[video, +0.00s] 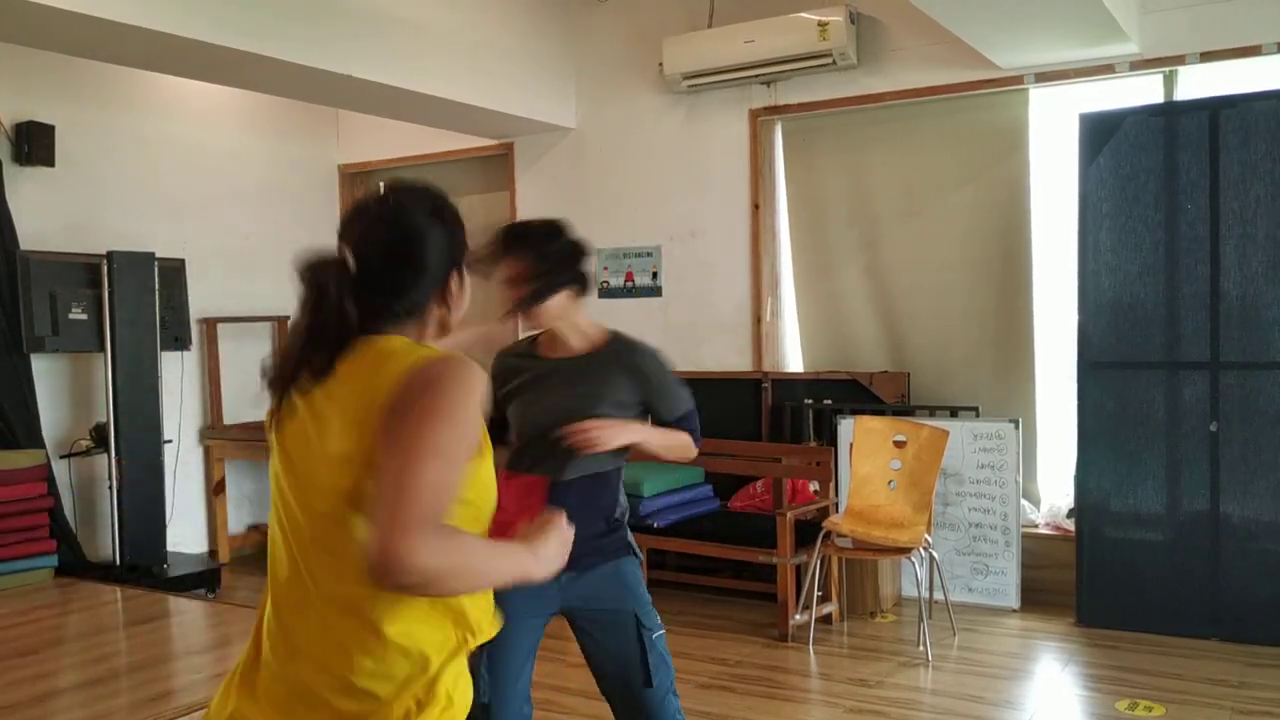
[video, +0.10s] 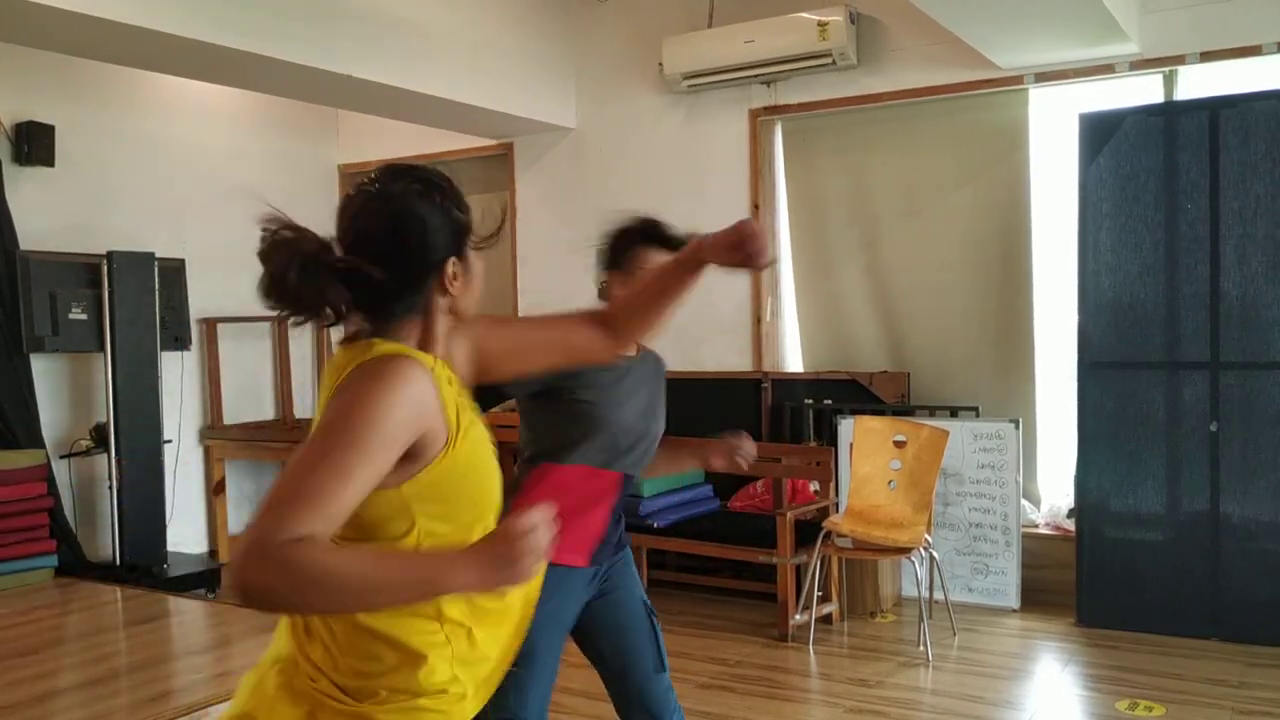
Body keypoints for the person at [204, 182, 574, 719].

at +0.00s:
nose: (466, 287)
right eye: (466, 273)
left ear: (359, 274)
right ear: (452, 288)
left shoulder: (310, 366)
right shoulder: (446, 378)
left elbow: (404, 363)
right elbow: (403, 553)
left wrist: (499, 331)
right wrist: (533, 557)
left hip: (273, 685)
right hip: (395, 699)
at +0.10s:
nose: (477, 268)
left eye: (472, 250)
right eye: (474, 253)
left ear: (361, 270)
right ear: (453, 275)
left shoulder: (448, 347)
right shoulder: (393, 384)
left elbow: (609, 332)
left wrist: (698, 259)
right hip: (376, 703)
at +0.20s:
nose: (697, 346)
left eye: (702, 338)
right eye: (702, 337)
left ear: (655, 305)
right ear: (697, 332)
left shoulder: (633, 367)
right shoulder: (620, 355)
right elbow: (544, 418)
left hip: (612, 565)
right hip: (557, 566)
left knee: (655, 704)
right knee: (530, 706)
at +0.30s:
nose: (715, 369)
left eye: (725, 358)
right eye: (725, 355)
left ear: (691, 324)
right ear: (715, 336)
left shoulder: (649, 374)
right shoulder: (630, 359)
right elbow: (570, 458)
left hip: (606, 570)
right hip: (560, 568)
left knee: (656, 706)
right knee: (533, 706)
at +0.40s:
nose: (735, 364)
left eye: (743, 353)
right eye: (740, 348)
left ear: (713, 328)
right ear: (714, 325)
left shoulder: (655, 371)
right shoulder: (636, 358)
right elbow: (590, 447)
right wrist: (715, 460)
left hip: (611, 572)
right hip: (564, 570)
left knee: (657, 703)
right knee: (529, 702)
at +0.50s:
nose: (734, 339)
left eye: (742, 331)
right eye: (729, 321)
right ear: (689, 305)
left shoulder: (660, 369)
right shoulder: (638, 357)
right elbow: (612, 460)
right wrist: (711, 469)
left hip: (619, 560)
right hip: (565, 562)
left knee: (657, 702)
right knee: (526, 698)